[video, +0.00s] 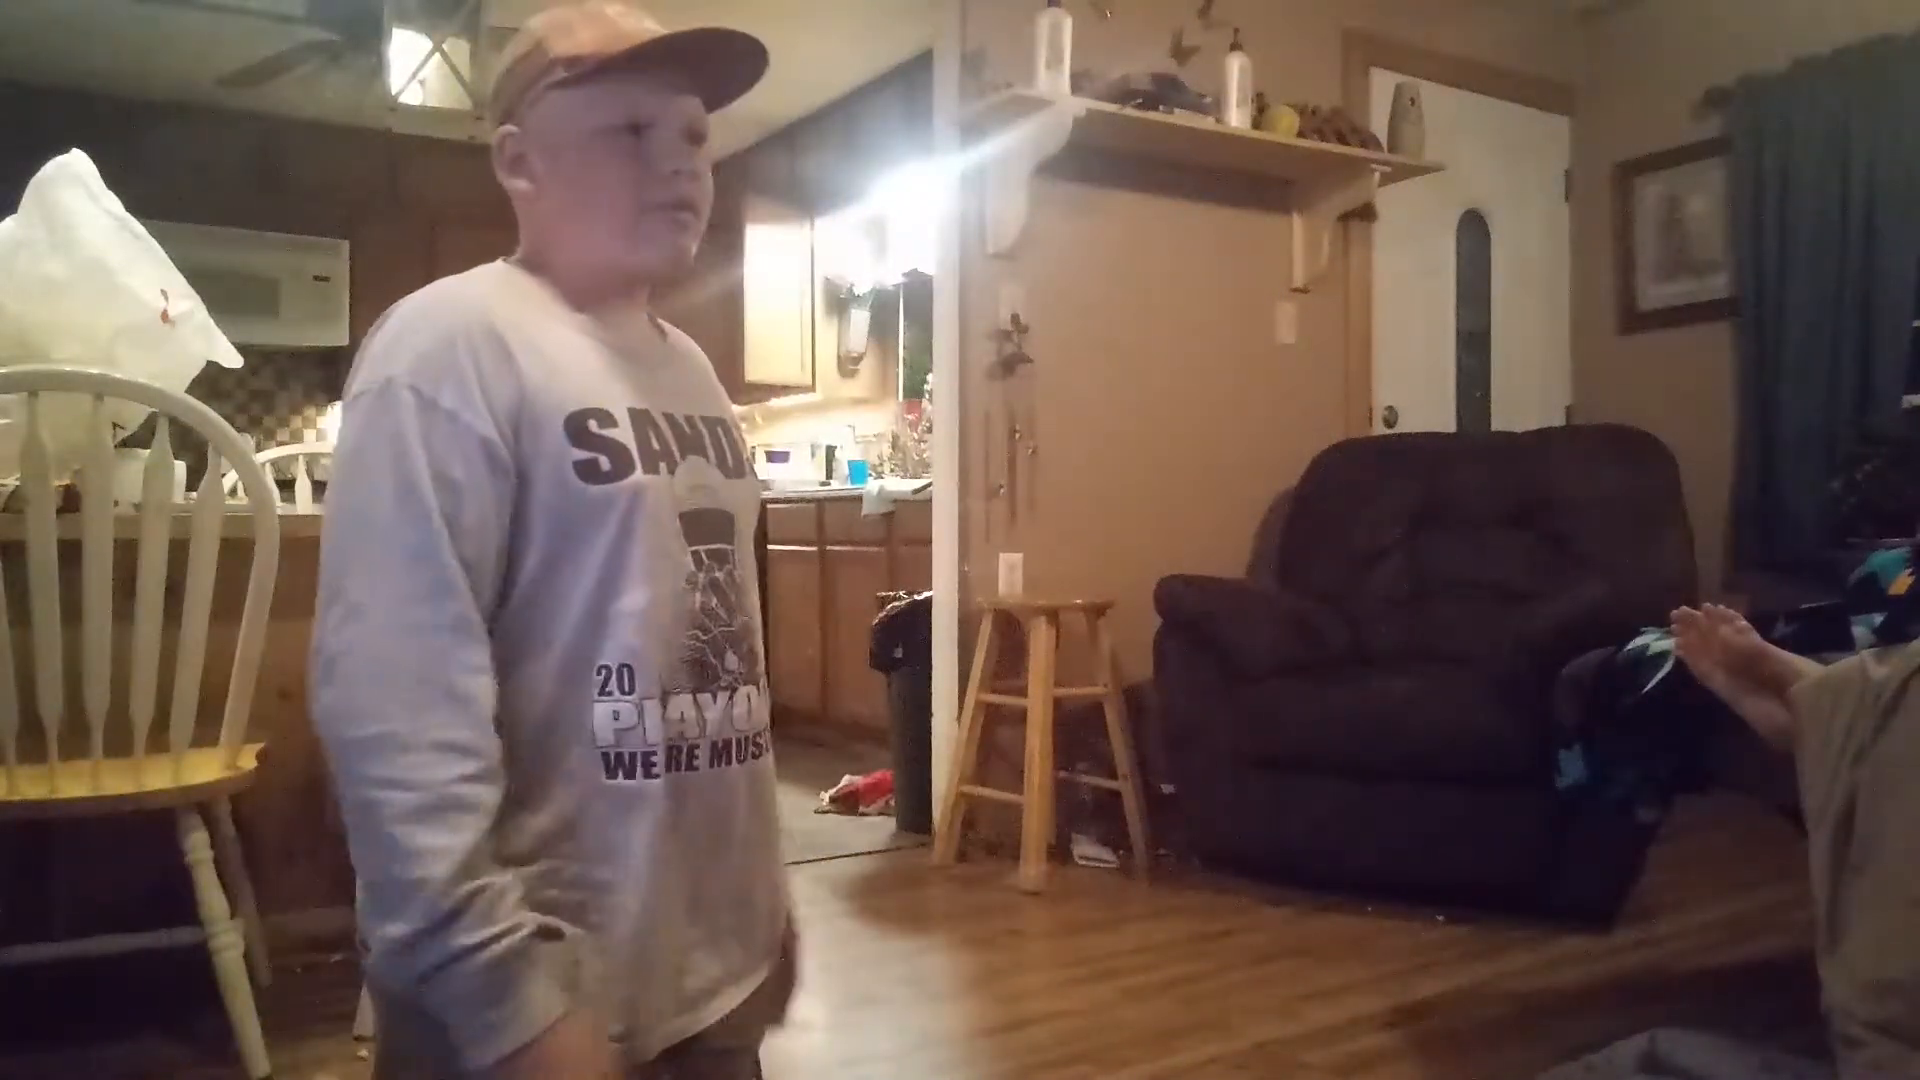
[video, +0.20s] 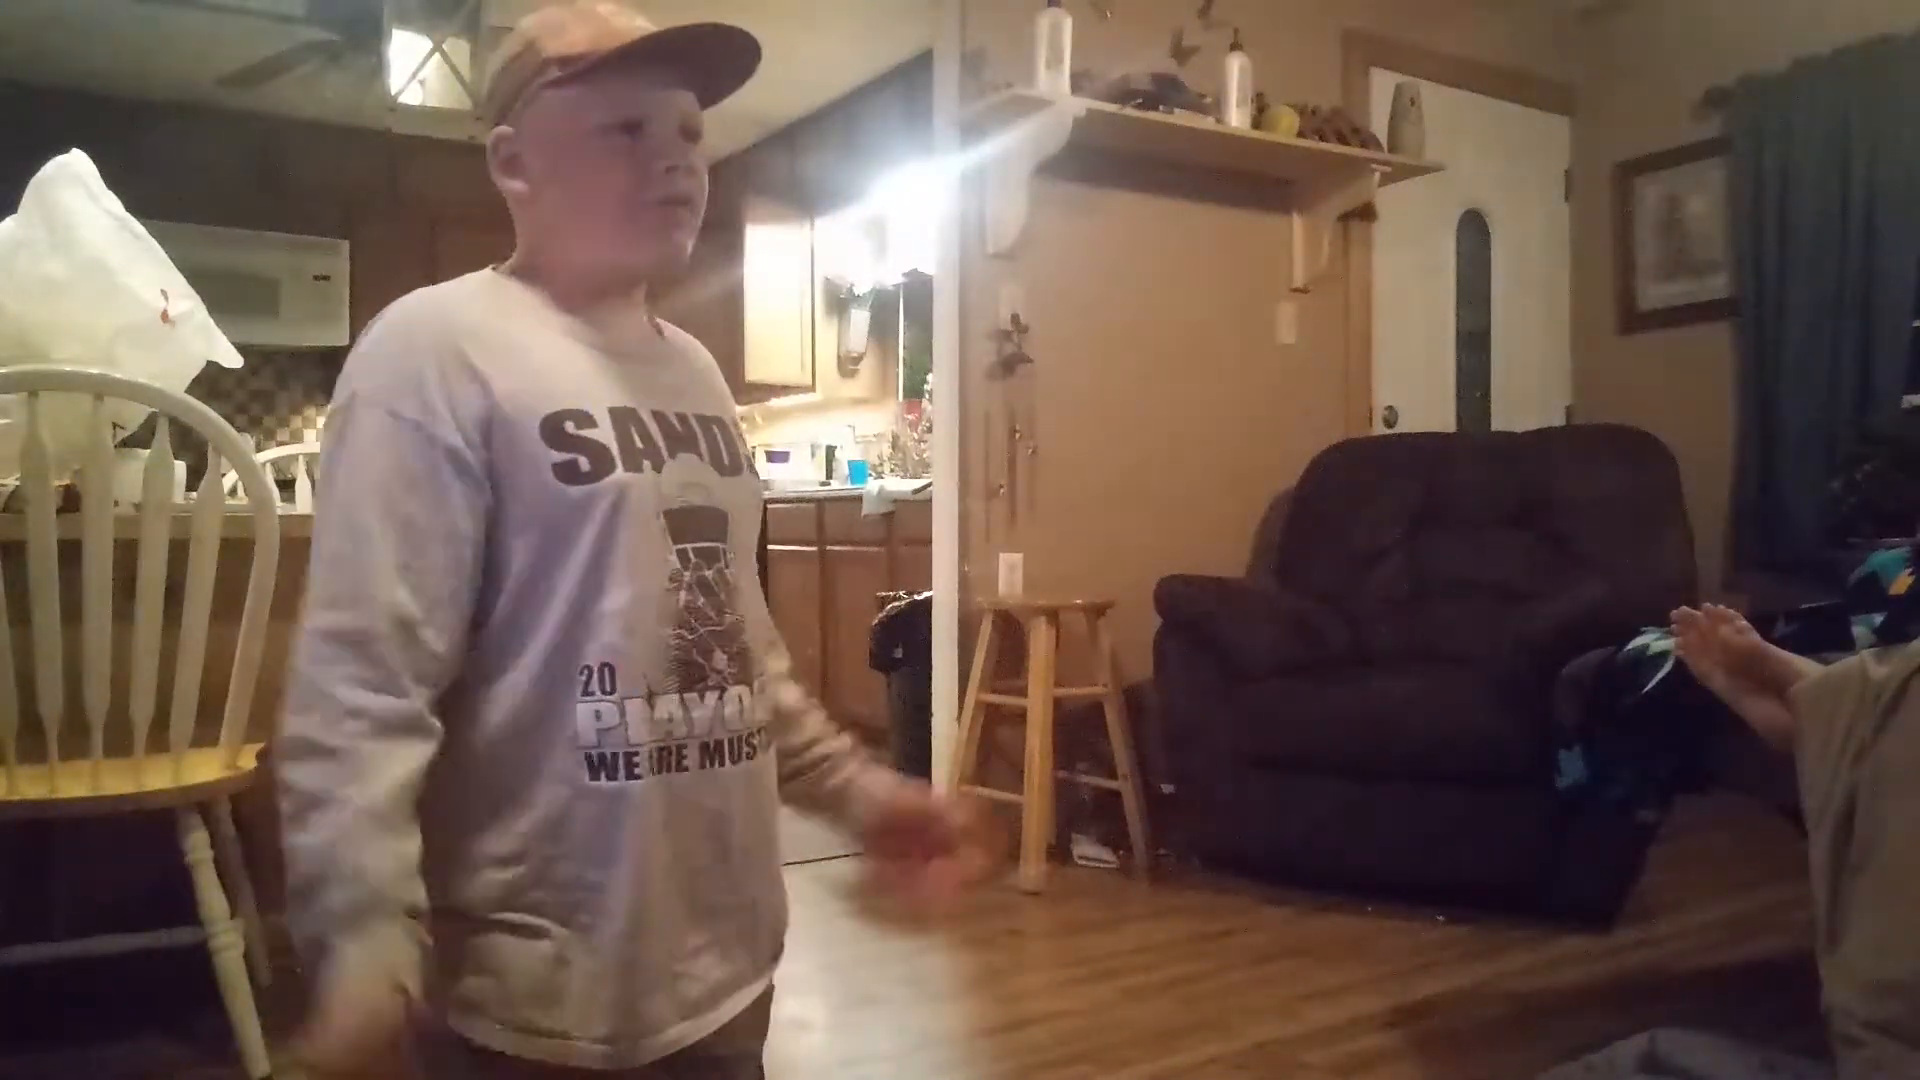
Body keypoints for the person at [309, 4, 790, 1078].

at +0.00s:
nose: (681, 166)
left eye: (694, 137)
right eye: (630, 131)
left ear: (710, 158)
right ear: (517, 159)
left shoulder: (689, 366)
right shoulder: (445, 348)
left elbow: (709, 657)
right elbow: (395, 705)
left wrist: (758, 902)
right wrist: (508, 1010)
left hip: (710, 982)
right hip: (535, 1008)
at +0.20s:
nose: (679, 160)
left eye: (690, 133)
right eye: (627, 128)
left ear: (707, 158)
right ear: (513, 161)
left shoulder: (695, 371)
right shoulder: (434, 351)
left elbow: (740, 650)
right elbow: (359, 691)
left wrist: (865, 794)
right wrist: (365, 951)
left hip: (720, 976)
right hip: (525, 990)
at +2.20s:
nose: (702, 206)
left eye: (707, 178)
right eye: (652, 172)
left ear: (719, 199)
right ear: (550, 203)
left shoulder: (698, 389)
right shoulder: (467, 380)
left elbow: (755, 644)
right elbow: (404, 690)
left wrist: (849, 777)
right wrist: (427, 977)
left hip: (715, 963)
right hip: (540, 987)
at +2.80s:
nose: (696, 193)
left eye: (699, 166)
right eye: (648, 161)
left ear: (708, 186)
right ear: (546, 189)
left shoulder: (692, 385)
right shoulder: (461, 374)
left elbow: (733, 636)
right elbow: (399, 687)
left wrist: (816, 806)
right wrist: (521, 951)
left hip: (703, 958)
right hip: (528, 984)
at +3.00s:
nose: (695, 191)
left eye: (693, 167)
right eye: (651, 161)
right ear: (542, 189)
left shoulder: (689, 387)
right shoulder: (455, 369)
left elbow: (727, 655)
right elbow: (383, 657)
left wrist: (829, 789)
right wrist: (606, 853)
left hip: (693, 942)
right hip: (510, 963)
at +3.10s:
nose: (701, 203)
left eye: (700, 178)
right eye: (656, 174)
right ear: (553, 203)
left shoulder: (698, 396)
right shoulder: (463, 374)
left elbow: (748, 638)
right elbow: (390, 650)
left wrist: (865, 748)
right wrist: (647, 766)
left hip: (691, 927)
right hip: (518, 951)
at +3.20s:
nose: (713, 213)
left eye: (718, 191)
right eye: (672, 185)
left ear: (729, 216)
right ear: (569, 215)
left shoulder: (710, 402)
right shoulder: (475, 377)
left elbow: (775, 624)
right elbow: (397, 630)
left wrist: (897, 696)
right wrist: (636, 673)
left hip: (693, 925)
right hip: (514, 945)